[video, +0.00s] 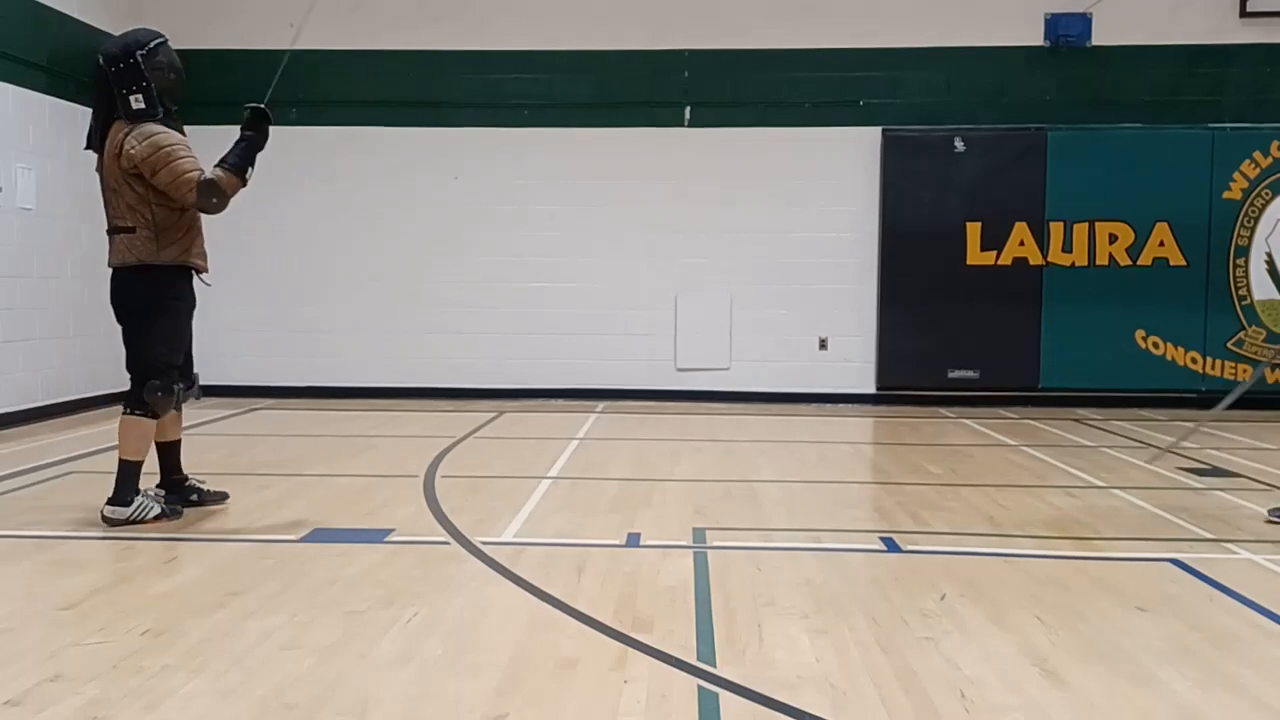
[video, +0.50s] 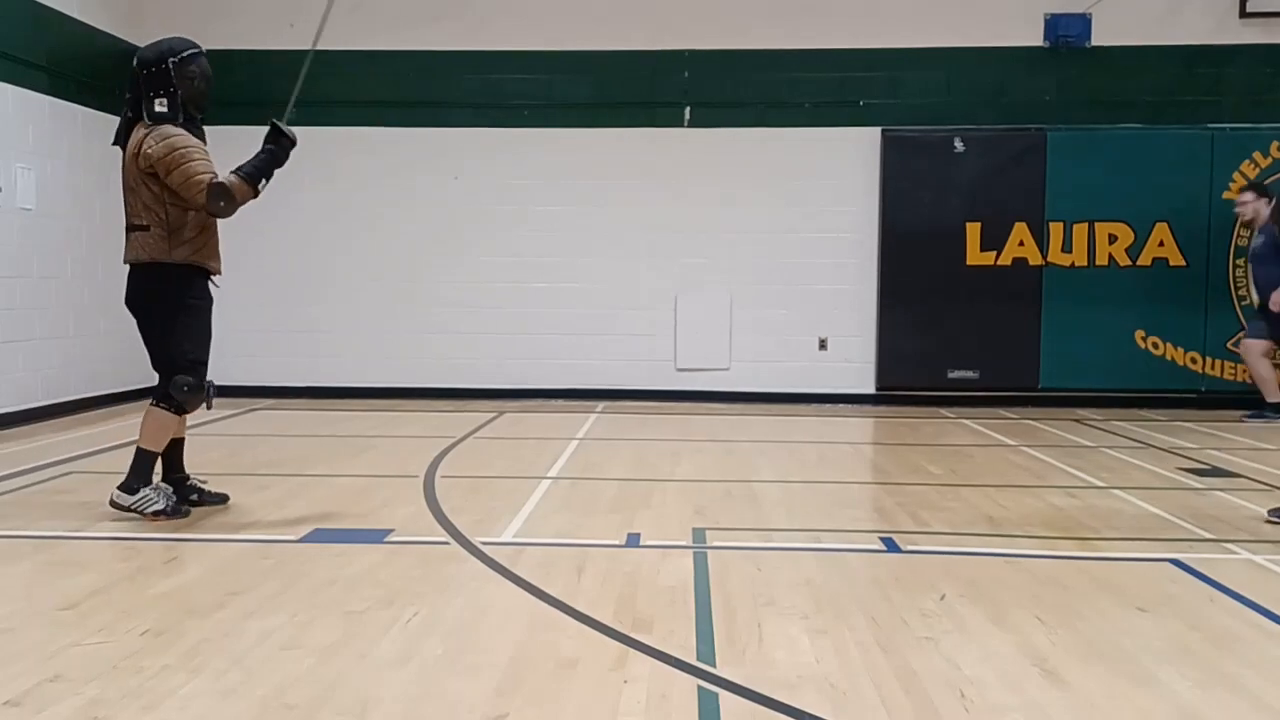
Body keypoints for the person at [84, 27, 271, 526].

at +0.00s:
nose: (177, 74)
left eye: (172, 63)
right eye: (166, 66)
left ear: (124, 82)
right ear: (143, 78)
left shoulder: (120, 136)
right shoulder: (150, 139)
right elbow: (211, 195)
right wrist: (250, 141)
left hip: (148, 278)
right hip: (156, 280)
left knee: (170, 383)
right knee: (150, 385)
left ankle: (174, 483)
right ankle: (124, 498)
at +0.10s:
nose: (183, 78)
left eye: (179, 68)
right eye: (172, 71)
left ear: (132, 86)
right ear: (150, 82)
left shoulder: (130, 138)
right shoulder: (158, 140)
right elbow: (219, 196)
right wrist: (255, 143)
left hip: (155, 278)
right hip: (167, 280)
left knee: (176, 383)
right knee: (165, 385)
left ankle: (174, 483)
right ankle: (127, 494)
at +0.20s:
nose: (190, 79)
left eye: (186, 69)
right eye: (180, 72)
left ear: (139, 86)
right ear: (157, 82)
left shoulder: (136, 139)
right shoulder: (165, 141)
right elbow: (222, 197)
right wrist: (259, 146)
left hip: (155, 279)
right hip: (177, 280)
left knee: (177, 383)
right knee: (178, 385)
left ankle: (175, 482)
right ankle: (131, 489)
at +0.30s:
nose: (196, 77)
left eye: (192, 67)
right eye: (186, 69)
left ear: (147, 85)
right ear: (164, 81)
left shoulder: (142, 138)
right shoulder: (169, 142)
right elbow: (224, 198)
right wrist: (263, 146)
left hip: (159, 280)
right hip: (179, 282)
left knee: (179, 383)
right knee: (185, 385)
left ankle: (175, 482)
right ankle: (133, 487)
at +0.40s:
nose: (201, 82)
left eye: (197, 72)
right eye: (191, 74)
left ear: (150, 87)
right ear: (169, 83)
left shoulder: (145, 139)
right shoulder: (170, 142)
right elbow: (223, 198)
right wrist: (266, 151)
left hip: (157, 280)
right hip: (178, 281)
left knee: (179, 382)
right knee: (184, 384)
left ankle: (175, 481)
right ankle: (136, 485)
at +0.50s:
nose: (206, 87)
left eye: (205, 78)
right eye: (198, 78)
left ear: (161, 87)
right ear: (171, 83)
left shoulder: (148, 136)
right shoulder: (168, 140)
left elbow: (206, 191)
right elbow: (218, 198)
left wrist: (252, 171)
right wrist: (267, 159)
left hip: (158, 279)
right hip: (173, 280)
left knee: (179, 381)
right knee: (183, 384)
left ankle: (174, 480)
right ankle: (135, 484)